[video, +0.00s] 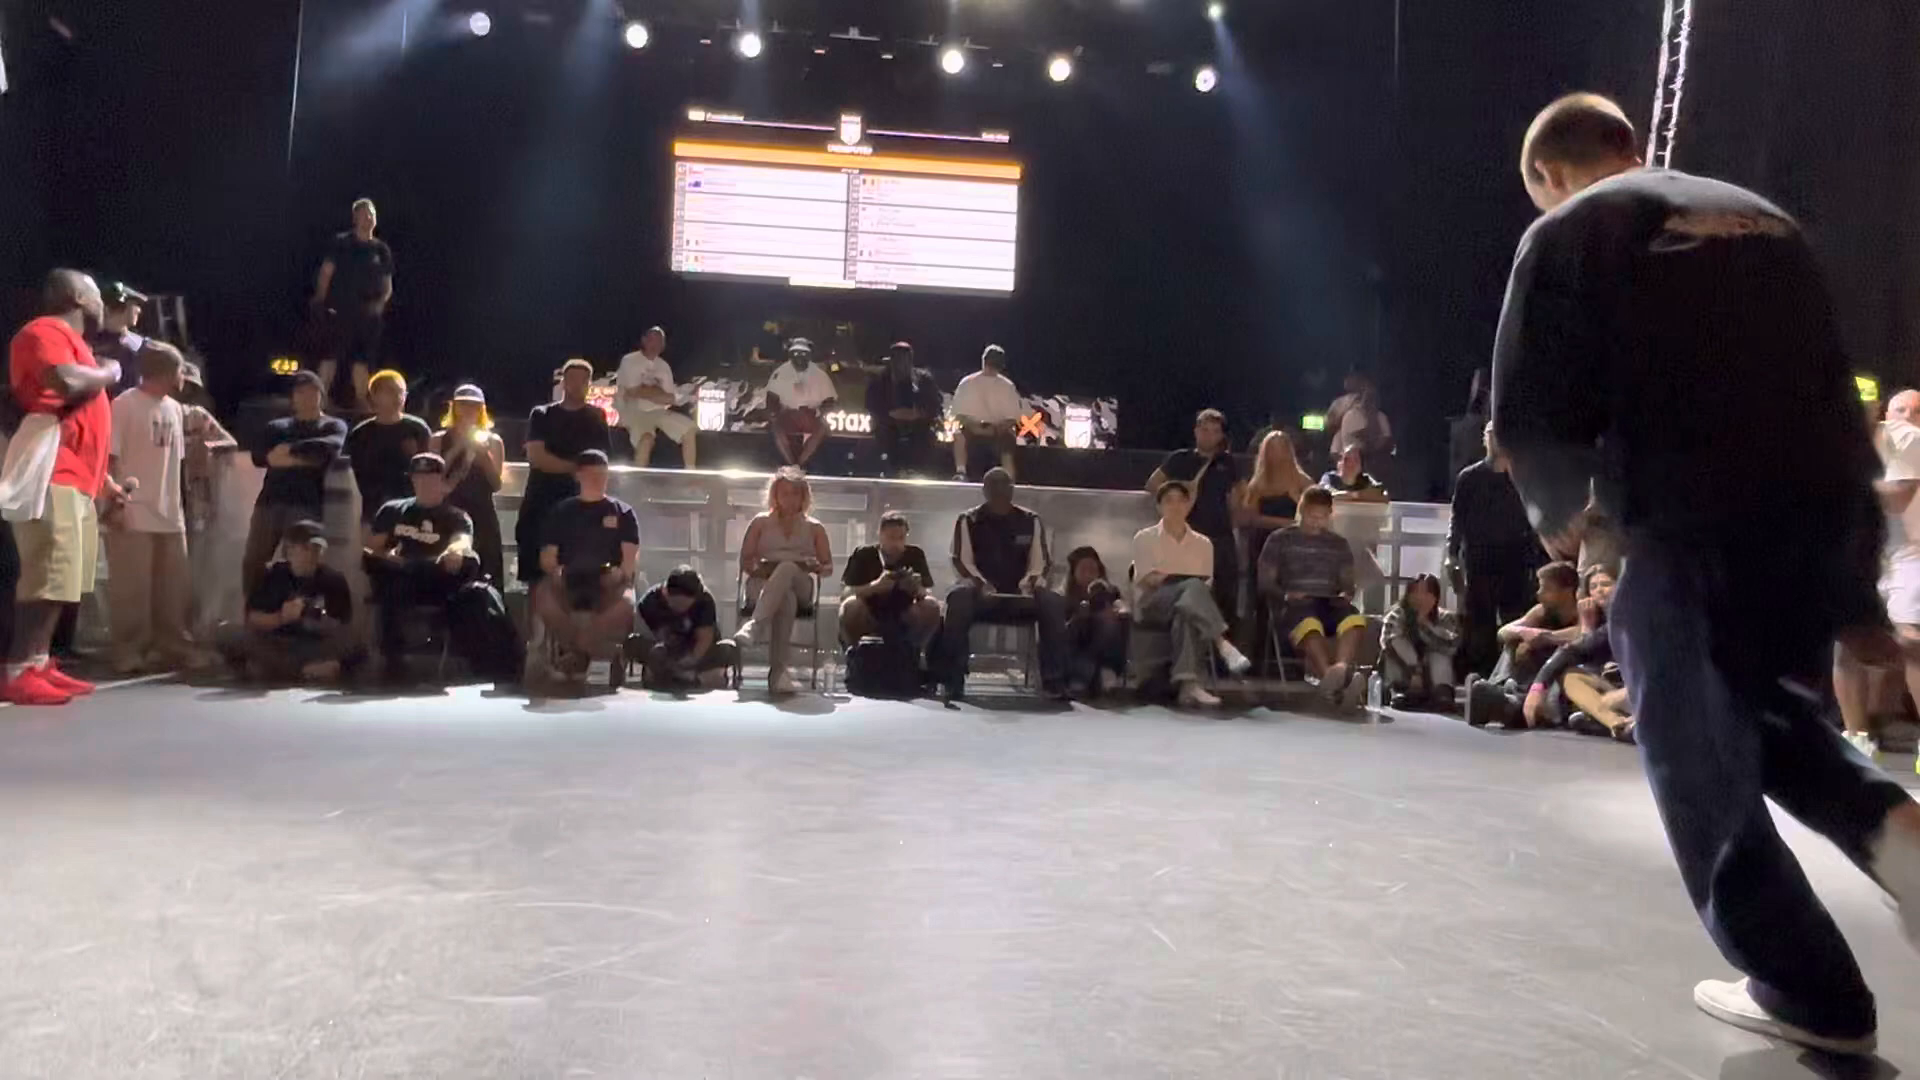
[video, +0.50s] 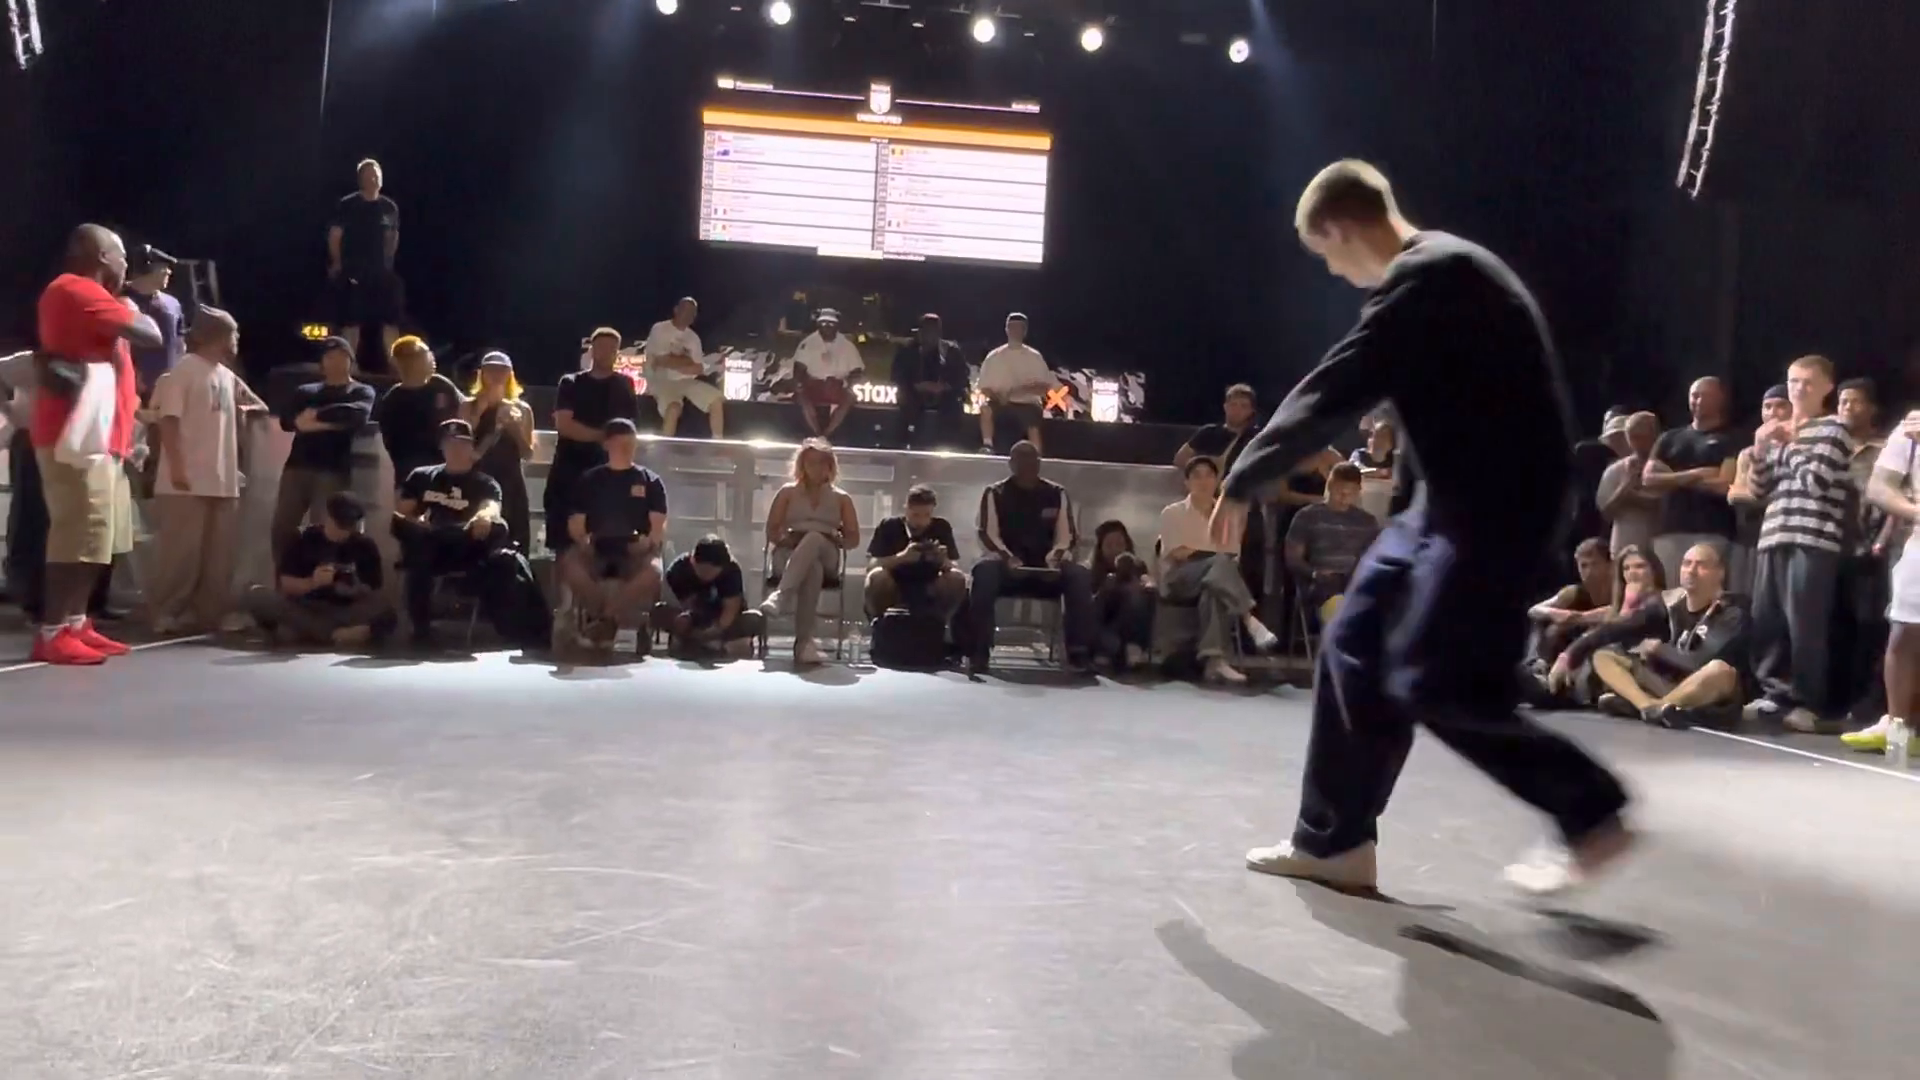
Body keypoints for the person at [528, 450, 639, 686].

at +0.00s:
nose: (595, 480)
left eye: (599, 474)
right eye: (589, 474)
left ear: (607, 476)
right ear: (578, 476)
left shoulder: (622, 513)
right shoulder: (561, 511)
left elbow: (629, 565)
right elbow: (547, 557)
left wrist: (608, 580)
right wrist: (563, 576)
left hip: (606, 576)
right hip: (568, 576)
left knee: (626, 604)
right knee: (543, 594)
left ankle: (576, 651)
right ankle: (582, 650)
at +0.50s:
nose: (623, 447)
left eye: (628, 441)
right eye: (618, 442)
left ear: (635, 444)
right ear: (606, 445)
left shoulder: (650, 482)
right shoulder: (589, 479)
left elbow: (657, 533)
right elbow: (576, 523)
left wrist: (636, 547)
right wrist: (589, 546)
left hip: (634, 545)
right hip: (597, 544)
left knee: (653, 572)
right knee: (570, 563)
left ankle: (607, 620)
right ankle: (608, 617)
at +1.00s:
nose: (648, 428)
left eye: (652, 423)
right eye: (642, 423)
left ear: (659, 426)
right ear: (631, 427)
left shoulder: (674, 463)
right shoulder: (614, 460)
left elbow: (681, 507)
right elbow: (599, 504)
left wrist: (670, 525)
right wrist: (611, 524)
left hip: (656, 523)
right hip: (621, 523)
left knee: (676, 554)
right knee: (596, 548)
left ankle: (626, 603)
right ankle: (629, 604)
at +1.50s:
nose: (660, 421)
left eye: (664, 416)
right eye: (654, 416)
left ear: (670, 418)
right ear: (641, 419)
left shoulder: (684, 455)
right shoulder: (624, 453)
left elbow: (691, 500)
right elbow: (610, 497)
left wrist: (680, 516)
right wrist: (621, 516)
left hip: (667, 515)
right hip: (631, 514)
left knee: (686, 545)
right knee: (606, 538)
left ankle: (635, 593)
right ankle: (639, 594)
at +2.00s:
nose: (667, 416)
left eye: (671, 410)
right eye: (661, 411)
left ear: (677, 413)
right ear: (649, 414)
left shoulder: (692, 451)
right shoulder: (631, 448)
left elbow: (699, 497)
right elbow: (618, 491)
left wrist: (687, 512)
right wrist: (629, 510)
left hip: (675, 510)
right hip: (639, 509)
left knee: (693, 542)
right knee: (614, 535)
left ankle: (641, 589)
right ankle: (647, 589)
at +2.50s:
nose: (674, 408)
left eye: (678, 403)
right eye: (669, 403)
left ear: (685, 405)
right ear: (657, 406)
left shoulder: (700, 443)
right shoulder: (639, 440)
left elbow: (707, 486)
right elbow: (626, 483)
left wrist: (696, 504)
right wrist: (637, 502)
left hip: (682, 502)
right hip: (647, 500)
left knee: (700, 534)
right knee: (621, 524)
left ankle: (649, 580)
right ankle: (654, 580)